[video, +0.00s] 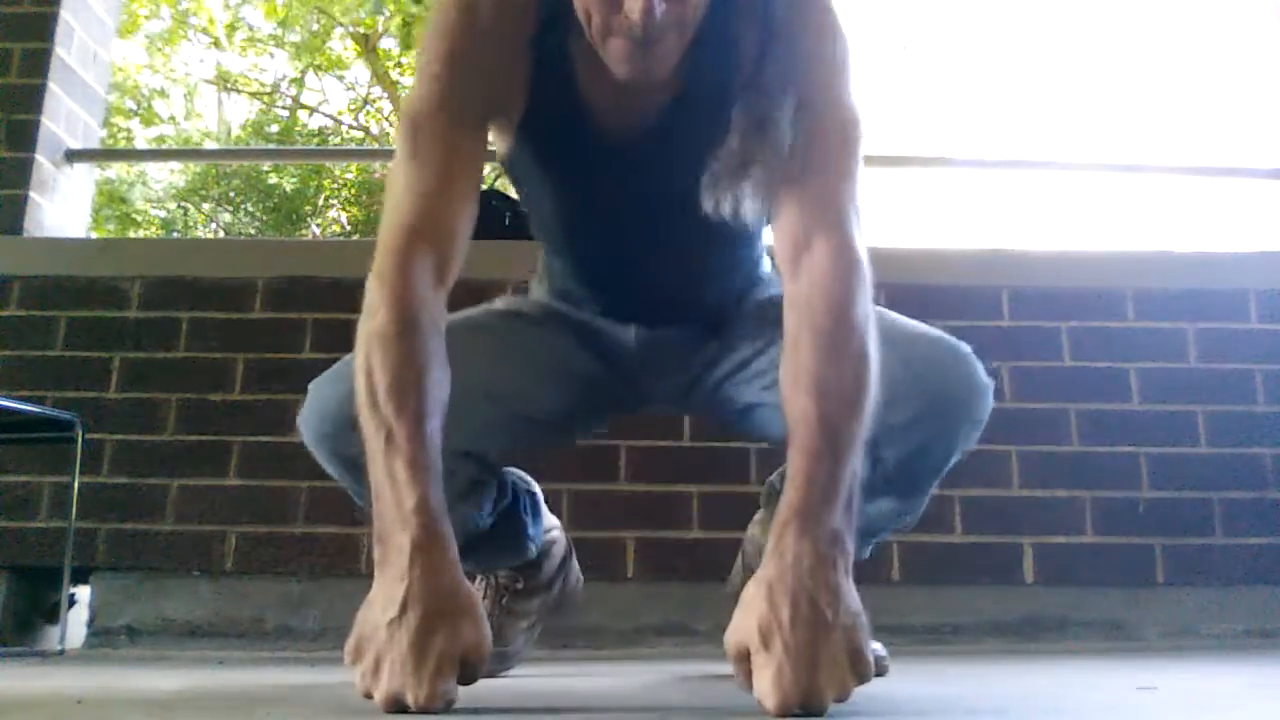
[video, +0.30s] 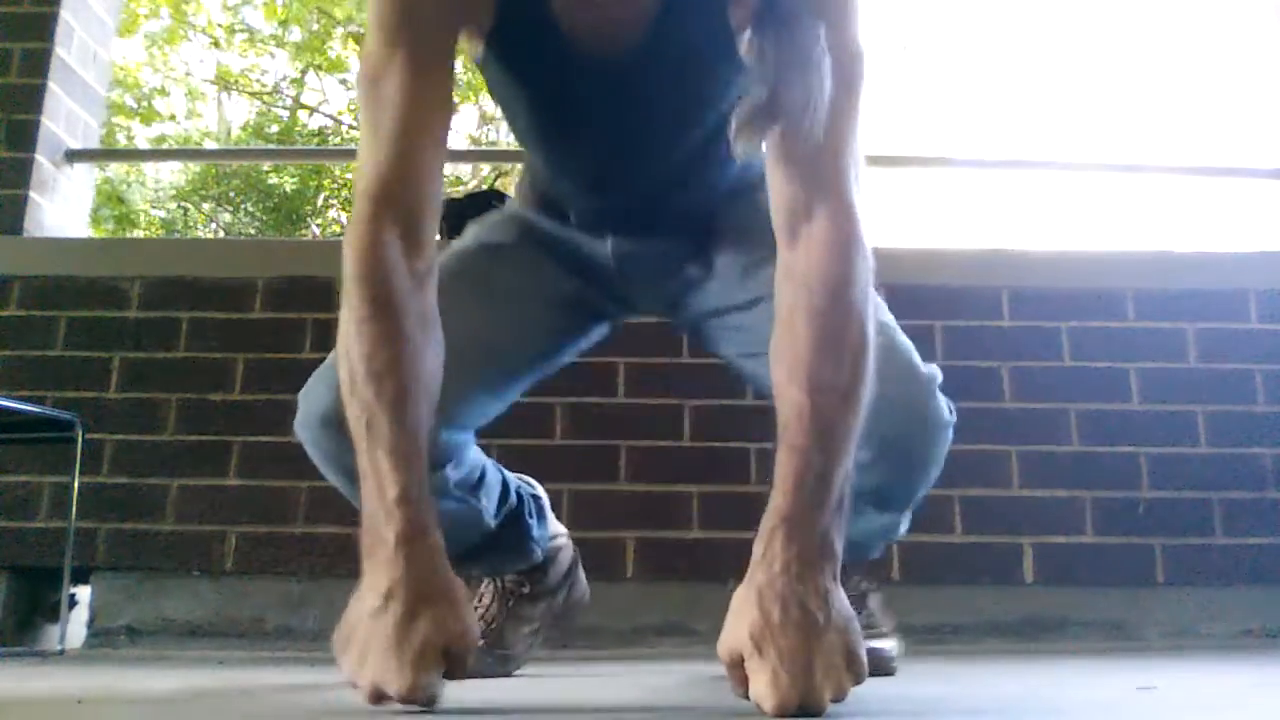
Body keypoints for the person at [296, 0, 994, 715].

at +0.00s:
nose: (629, 24)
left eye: (662, 4)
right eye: (603, 3)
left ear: (709, 1)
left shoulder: (791, 27)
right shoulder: (484, 24)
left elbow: (822, 257)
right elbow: (411, 280)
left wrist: (812, 546)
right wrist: (411, 559)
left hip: (740, 331)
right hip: (565, 330)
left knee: (947, 386)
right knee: (341, 413)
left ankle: (788, 570)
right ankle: (522, 558)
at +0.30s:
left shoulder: (797, 11)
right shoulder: (429, 8)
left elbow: (818, 225)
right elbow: (393, 233)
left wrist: (799, 558)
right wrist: (398, 554)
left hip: (730, 236)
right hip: (550, 236)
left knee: (908, 420)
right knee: (341, 414)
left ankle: (833, 570)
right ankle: (528, 560)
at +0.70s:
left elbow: (826, 212)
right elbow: (367, 233)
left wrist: (806, 557)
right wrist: (365, 568)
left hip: (750, 209)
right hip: (566, 190)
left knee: (869, 492)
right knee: (350, 426)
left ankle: (935, 549)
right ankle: (511, 526)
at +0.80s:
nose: (620, 69)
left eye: (655, 45)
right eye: (606, 53)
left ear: (721, 6)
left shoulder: (812, 11)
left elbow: (846, 200)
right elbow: (375, 239)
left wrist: (843, 533)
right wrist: (364, 560)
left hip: (749, 209)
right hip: (556, 202)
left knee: (848, 460)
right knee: (413, 505)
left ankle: (937, 539)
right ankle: (491, 524)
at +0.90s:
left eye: (722, 38)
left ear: (765, 22)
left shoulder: (838, 8)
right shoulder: (427, 6)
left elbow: (889, 203)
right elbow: (384, 240)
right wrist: (364, 563)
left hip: (743, 228)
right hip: (551, 228)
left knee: (886, 510)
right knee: (442, 544)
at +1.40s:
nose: (723, 15)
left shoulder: (891, 10)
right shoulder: (535, 2)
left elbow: (950, 258)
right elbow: (448, 241)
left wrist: (990, 568)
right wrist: (456, 535)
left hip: (775, 249)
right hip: (599, 242)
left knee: (886, 504)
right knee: (490, 506)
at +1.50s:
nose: (708, 25)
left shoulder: (895, 11)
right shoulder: (530, 9)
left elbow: (947, 247)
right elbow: (499, 226)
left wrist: (991, 563)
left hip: (785, 248)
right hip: (609, 238)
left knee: (889, 492)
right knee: (504, 490)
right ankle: (487, 570)